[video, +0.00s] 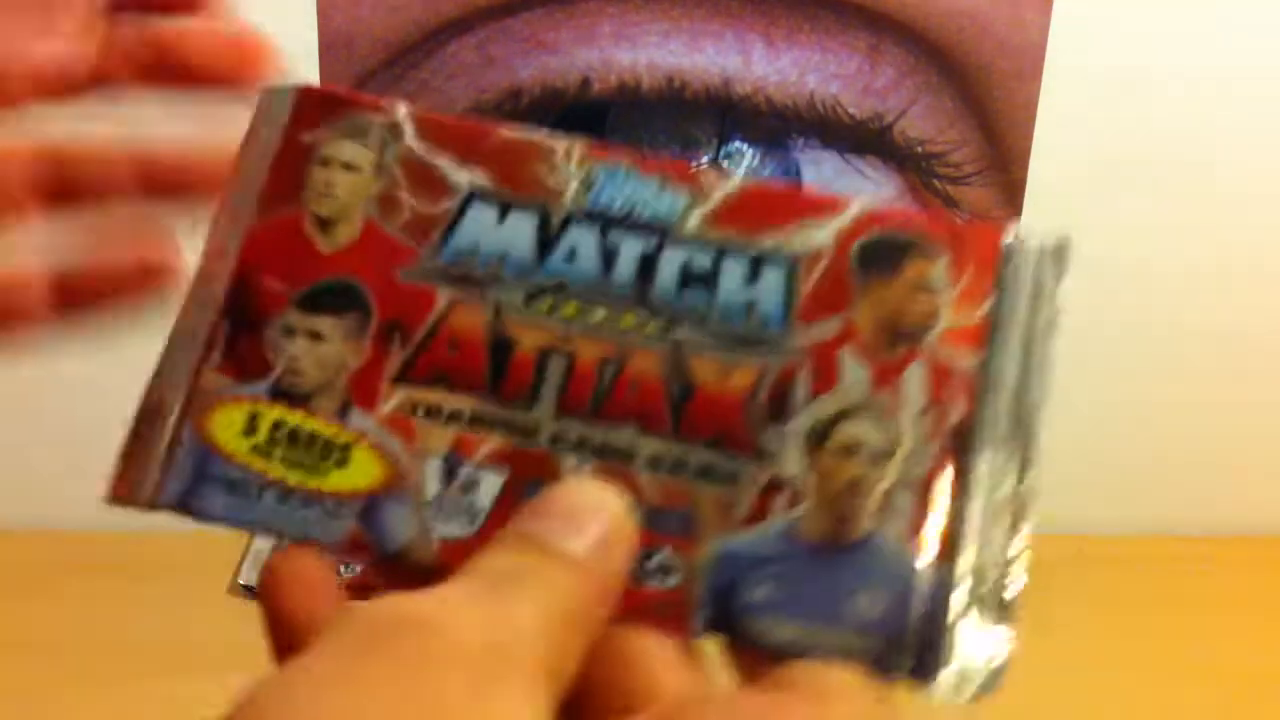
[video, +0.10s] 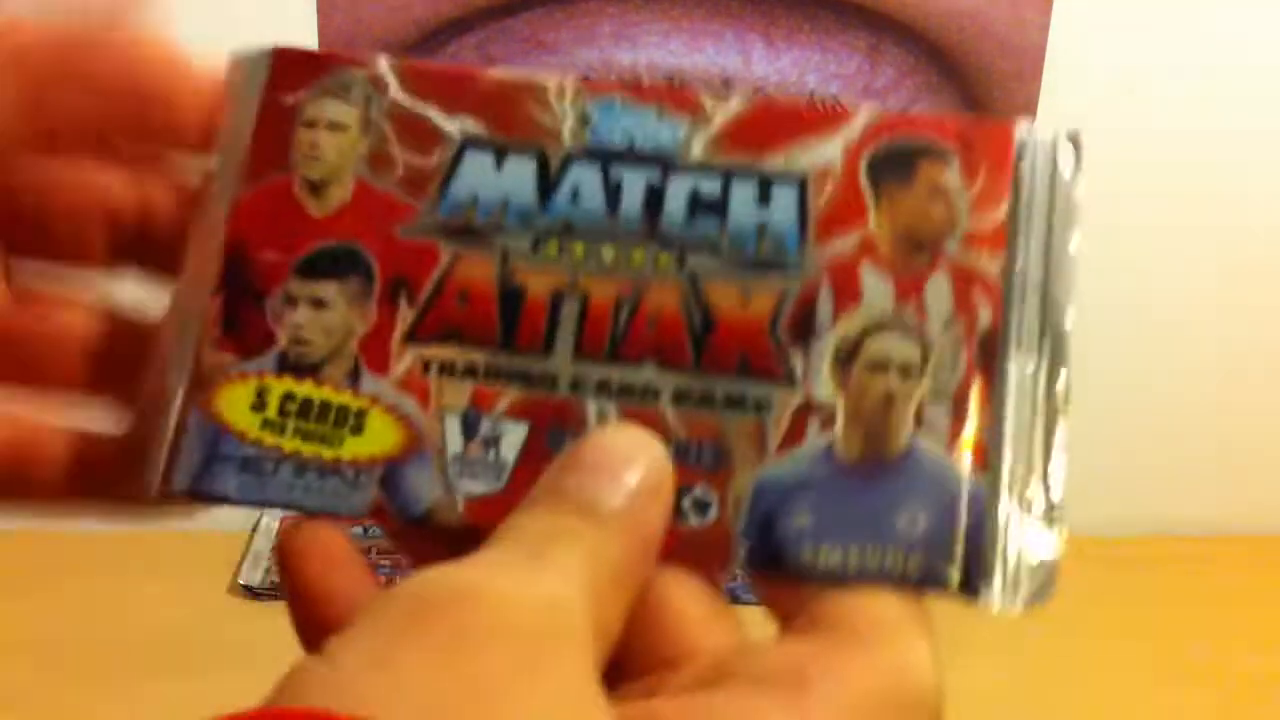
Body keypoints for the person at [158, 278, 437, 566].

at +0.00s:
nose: (294, 352)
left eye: (315, 339)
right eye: (287, 334)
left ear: (356, 353)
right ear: (271, 340)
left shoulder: (373, 451)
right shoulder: (220, 411)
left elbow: (413, 561)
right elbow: (162, 507)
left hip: (300, 596)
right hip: (193, 568)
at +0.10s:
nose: (297, 320)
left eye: (318, 306)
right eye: (291, 303)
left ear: (363, 318)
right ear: (278, 310)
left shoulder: (394, 414)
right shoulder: (225, 392)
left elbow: (432, 519)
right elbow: (175, 497)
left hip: (330, 564)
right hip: (219, 552)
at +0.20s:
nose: (290, 308)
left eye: (310, 293)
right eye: (283, 291)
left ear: (354, 303)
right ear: (267, 296)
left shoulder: (393, 399)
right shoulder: (226, 386)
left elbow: (440, 505)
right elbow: (175, 500)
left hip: (343, 563)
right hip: (228, 554)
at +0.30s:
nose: (280, 287)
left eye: (301, 271)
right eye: (275, 268)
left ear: (342, 282)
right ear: (259, 271)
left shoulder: (375, 382)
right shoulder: (215, 363)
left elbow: (426, 491)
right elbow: (160, 476)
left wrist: (426, 381)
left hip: (318, 544)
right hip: (211, 535)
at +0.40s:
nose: (262, 325)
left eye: (283, 309)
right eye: (257, 306)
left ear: (327, 316)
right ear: (240, 308)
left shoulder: (361, 424)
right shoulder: (199, 408)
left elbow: (404, 537)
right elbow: (147, 524)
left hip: (303, 588)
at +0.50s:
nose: (233, 400)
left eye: (253, 383)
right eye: (227, 381)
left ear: (299, 391)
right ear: (210, 387)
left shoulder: (335, 496)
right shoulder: (171, 488)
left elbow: (392, 606)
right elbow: (123, 611)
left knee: (273, 635)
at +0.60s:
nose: (210, 456)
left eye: (232, 439)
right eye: (204, 438)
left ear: (279, 445)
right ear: (188, 442)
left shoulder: (320, 550)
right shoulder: (146, 541)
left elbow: (374, 663)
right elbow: (93, 667)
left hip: (260, 708)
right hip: (157, 703)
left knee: (254, 692)